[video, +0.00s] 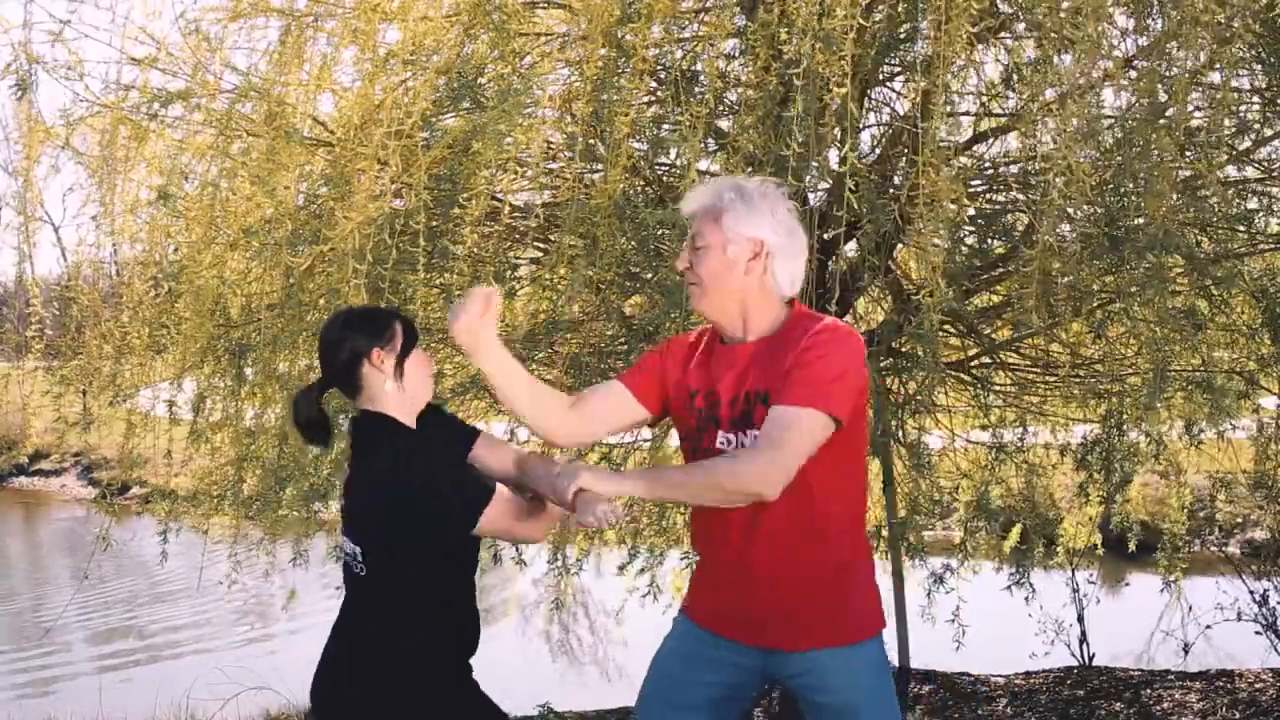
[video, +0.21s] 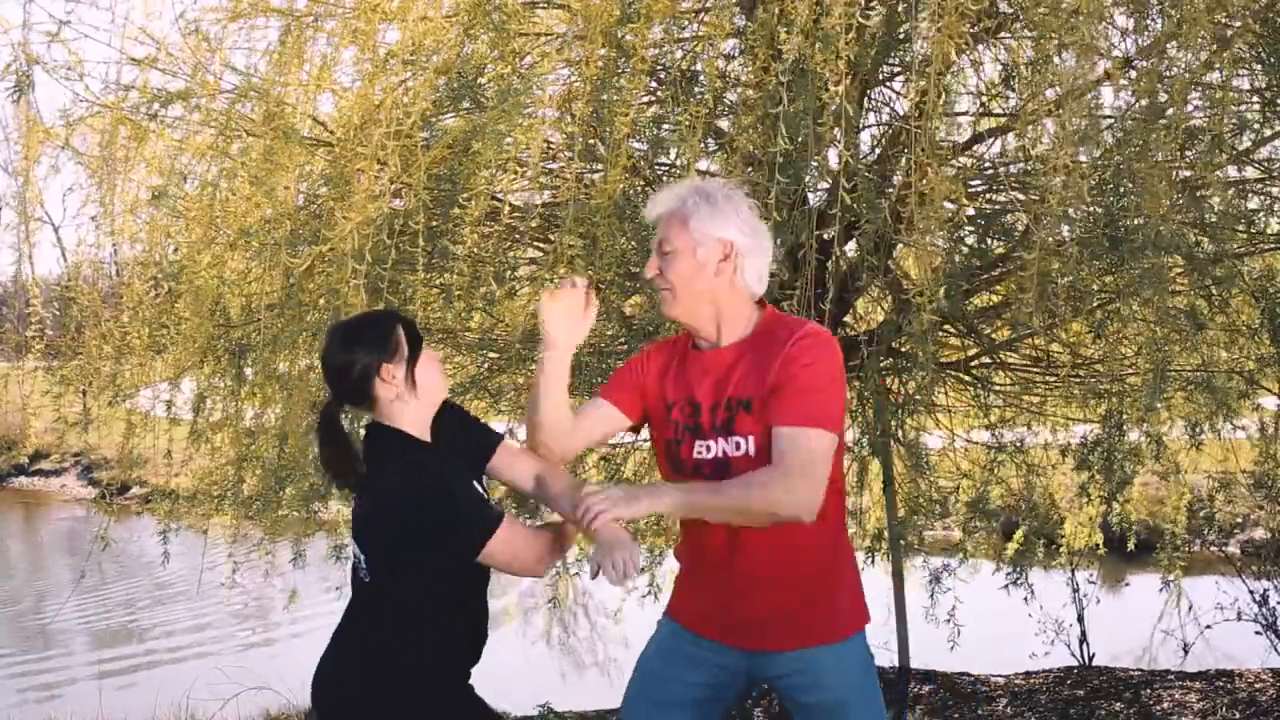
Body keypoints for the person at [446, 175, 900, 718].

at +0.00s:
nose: (681, 263)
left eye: (697, 246)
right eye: (686, 247)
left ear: (753, 256)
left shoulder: (829, 346)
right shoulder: (683, 360)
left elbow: (763, 474)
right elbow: (566, 420)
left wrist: (623, 483)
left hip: (834, 640)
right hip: (712, 632)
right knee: (657, 712)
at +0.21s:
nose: (649, 270)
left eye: (665, 253)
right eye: (653, 253)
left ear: (723, 257)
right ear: (716, 259)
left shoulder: (805, 349)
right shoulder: (658, 365)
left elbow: (797, 494)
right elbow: (555, 445)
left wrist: (657, 496)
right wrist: (557, 350)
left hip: (818, 640)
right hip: (697, 635)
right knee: (639, 709)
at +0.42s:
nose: (637, 271)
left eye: (652, 253)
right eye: (640, 255)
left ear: (708, 257)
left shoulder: (779, 350)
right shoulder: (655, 353)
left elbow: (650, 448)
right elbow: (553, 435)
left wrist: (529, 418)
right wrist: (521, 525)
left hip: (796, 631)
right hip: (681, 625)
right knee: (631, 711)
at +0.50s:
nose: (636, 274)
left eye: (650, 257)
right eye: (640, 259)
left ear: (706, 262)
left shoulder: (773, 349)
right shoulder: (654, 357)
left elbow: (648, 452)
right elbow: (554, 440)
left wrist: (525, 429)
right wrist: (523, 528)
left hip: (795, 634)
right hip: (680, 627)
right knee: (631, 711)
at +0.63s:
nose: (629, 280)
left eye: (641, 264)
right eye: (632, 264)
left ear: (696, 267)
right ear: (693, 269)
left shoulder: (774, 358)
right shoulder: (653, 364)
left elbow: (679, 484)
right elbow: (548, 442)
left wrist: (584, 414)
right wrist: (515, 512)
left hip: (795, 639)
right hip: (682, 631)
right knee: (629, 710)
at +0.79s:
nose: (626, 280)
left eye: (638, 262)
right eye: (629, 263)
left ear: (694, 265)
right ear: (688, 266)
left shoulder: (775, 356)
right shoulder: (657, 361)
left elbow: (700, 493)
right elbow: (558, 434)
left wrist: (637, 402)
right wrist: (516, 501)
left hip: (797, 639)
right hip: (684, 631)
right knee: (632, 711)